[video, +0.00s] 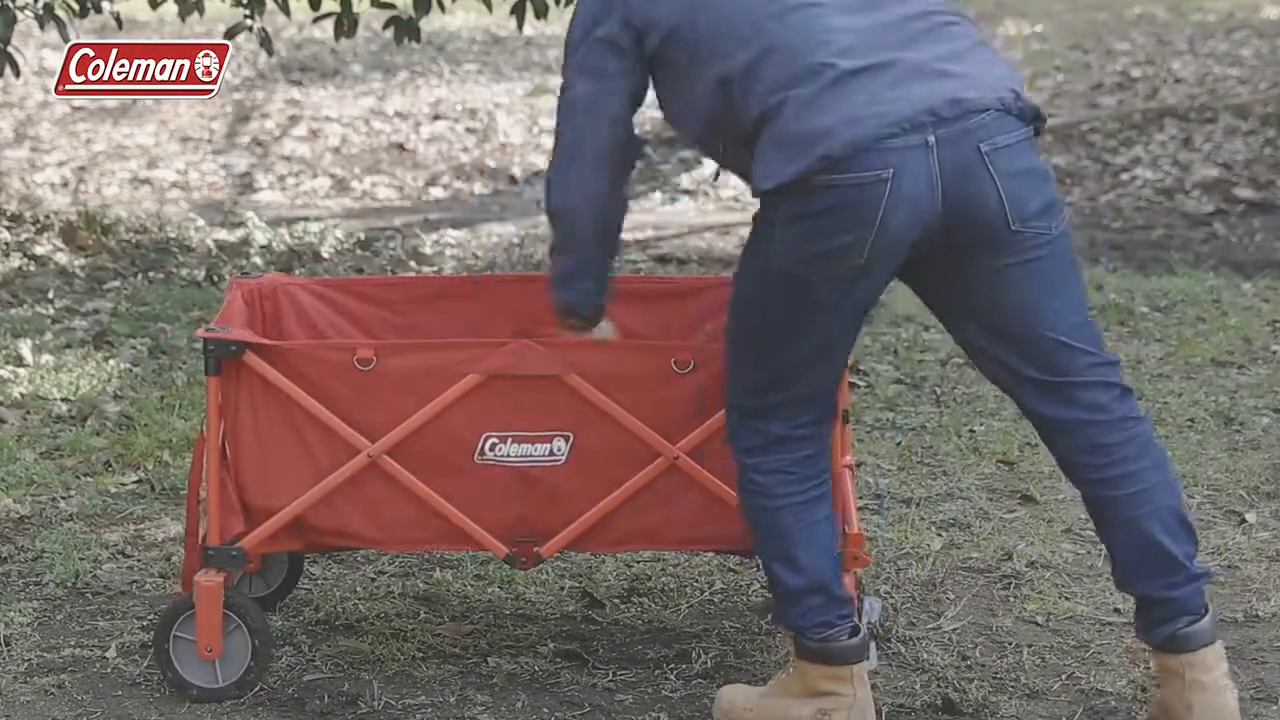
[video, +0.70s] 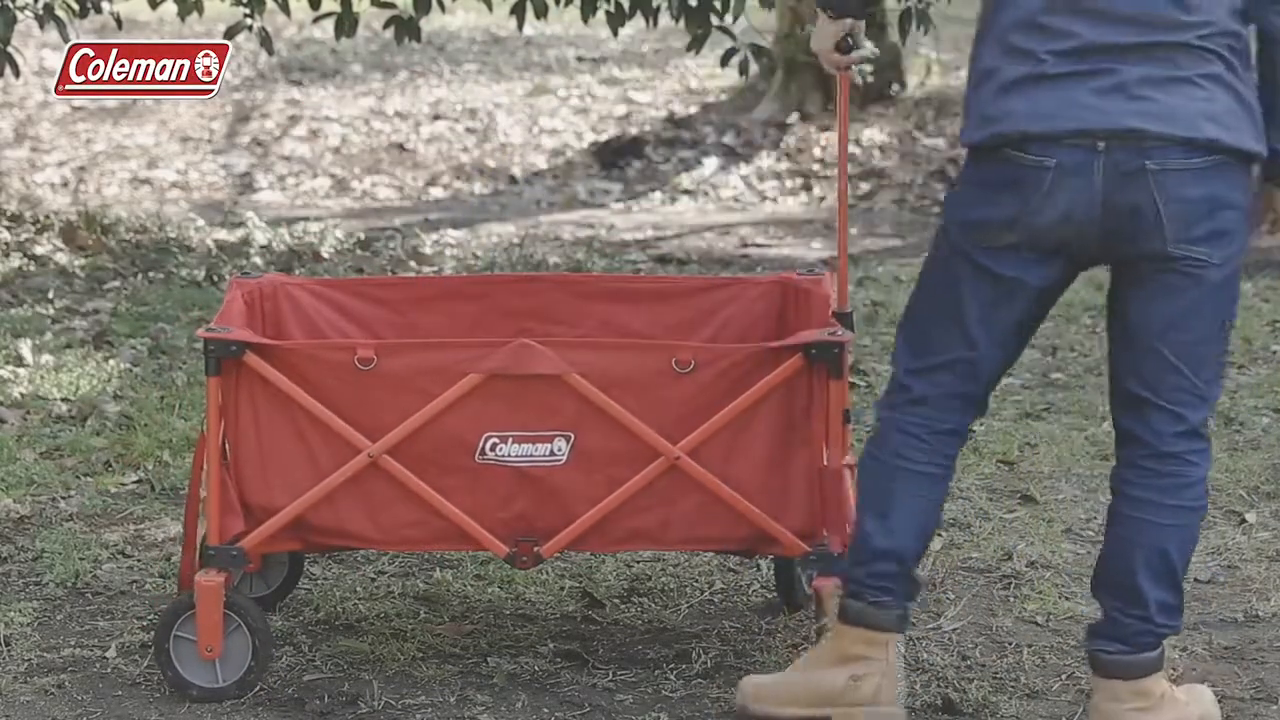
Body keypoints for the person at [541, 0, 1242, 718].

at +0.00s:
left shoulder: (618, 7)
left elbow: (585, 167)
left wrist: (578, 293)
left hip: (846, 175)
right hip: (995, 140)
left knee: (777, 426)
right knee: (1086, 393)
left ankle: (828, 670)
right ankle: (1192, 660)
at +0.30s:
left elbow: (743, 30)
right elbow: (1046, 14)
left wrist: (768, 163)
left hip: (876, 145)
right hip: (1031, 131)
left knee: (835, 419)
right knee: (1091, 411)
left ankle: (830, 670)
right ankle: (1142, 673)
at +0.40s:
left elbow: (783, 10)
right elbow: (1113, 30)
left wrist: (778, 113)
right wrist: (1118, 182)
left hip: (905, 151)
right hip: (1066, 149)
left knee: (852, 423)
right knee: (1097, 423)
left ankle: (831, 671)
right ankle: (1123, 679)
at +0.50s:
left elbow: (803, 17)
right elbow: (1180, 18)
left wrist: (785, 53)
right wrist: (1181, 176)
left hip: (946, 150)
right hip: (1109, 155)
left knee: (880, 418)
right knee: (1122, 428)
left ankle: (833, 667)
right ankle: (1126, 680)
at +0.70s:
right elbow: (1275, 22)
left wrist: (841, 6)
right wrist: (1274, 154)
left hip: (1032, 143)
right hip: (1199, 152)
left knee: (928, 401)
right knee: (1165, 432)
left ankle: (860, 647)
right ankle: (1129, 681)